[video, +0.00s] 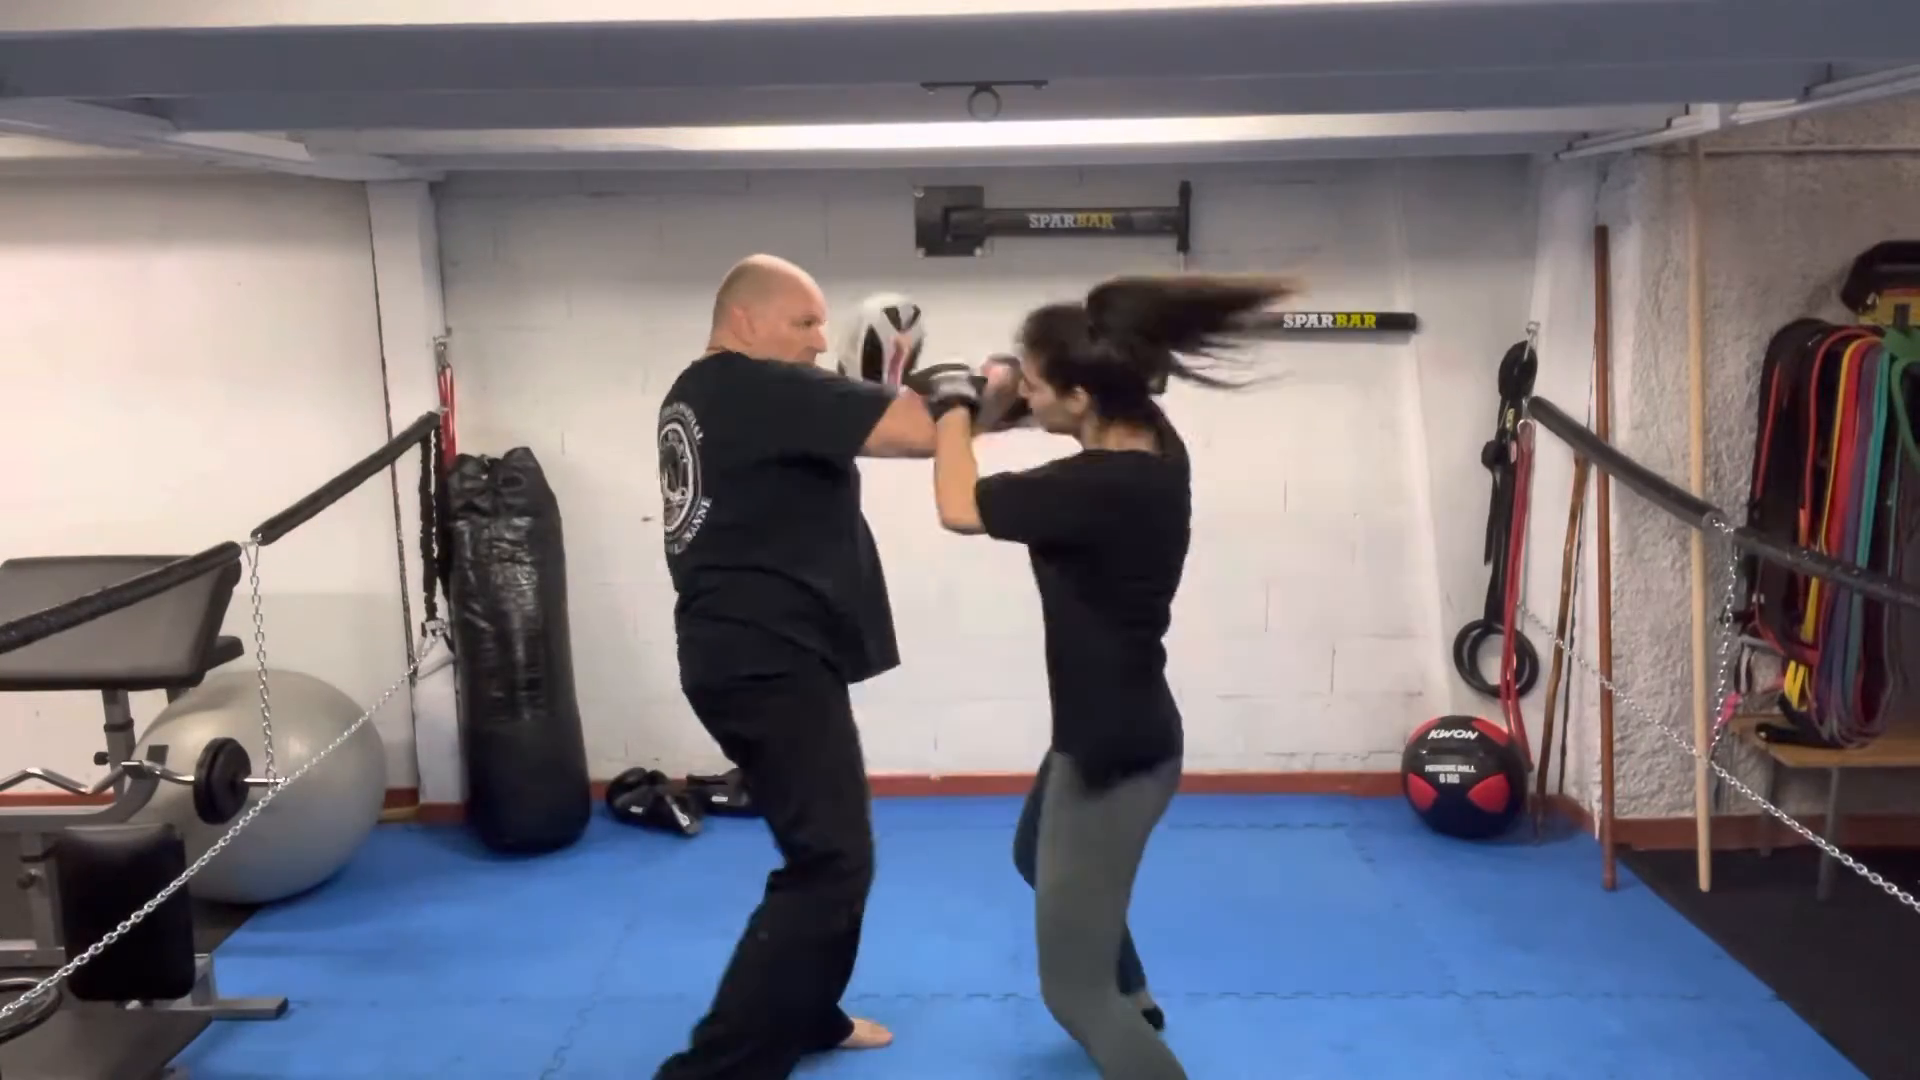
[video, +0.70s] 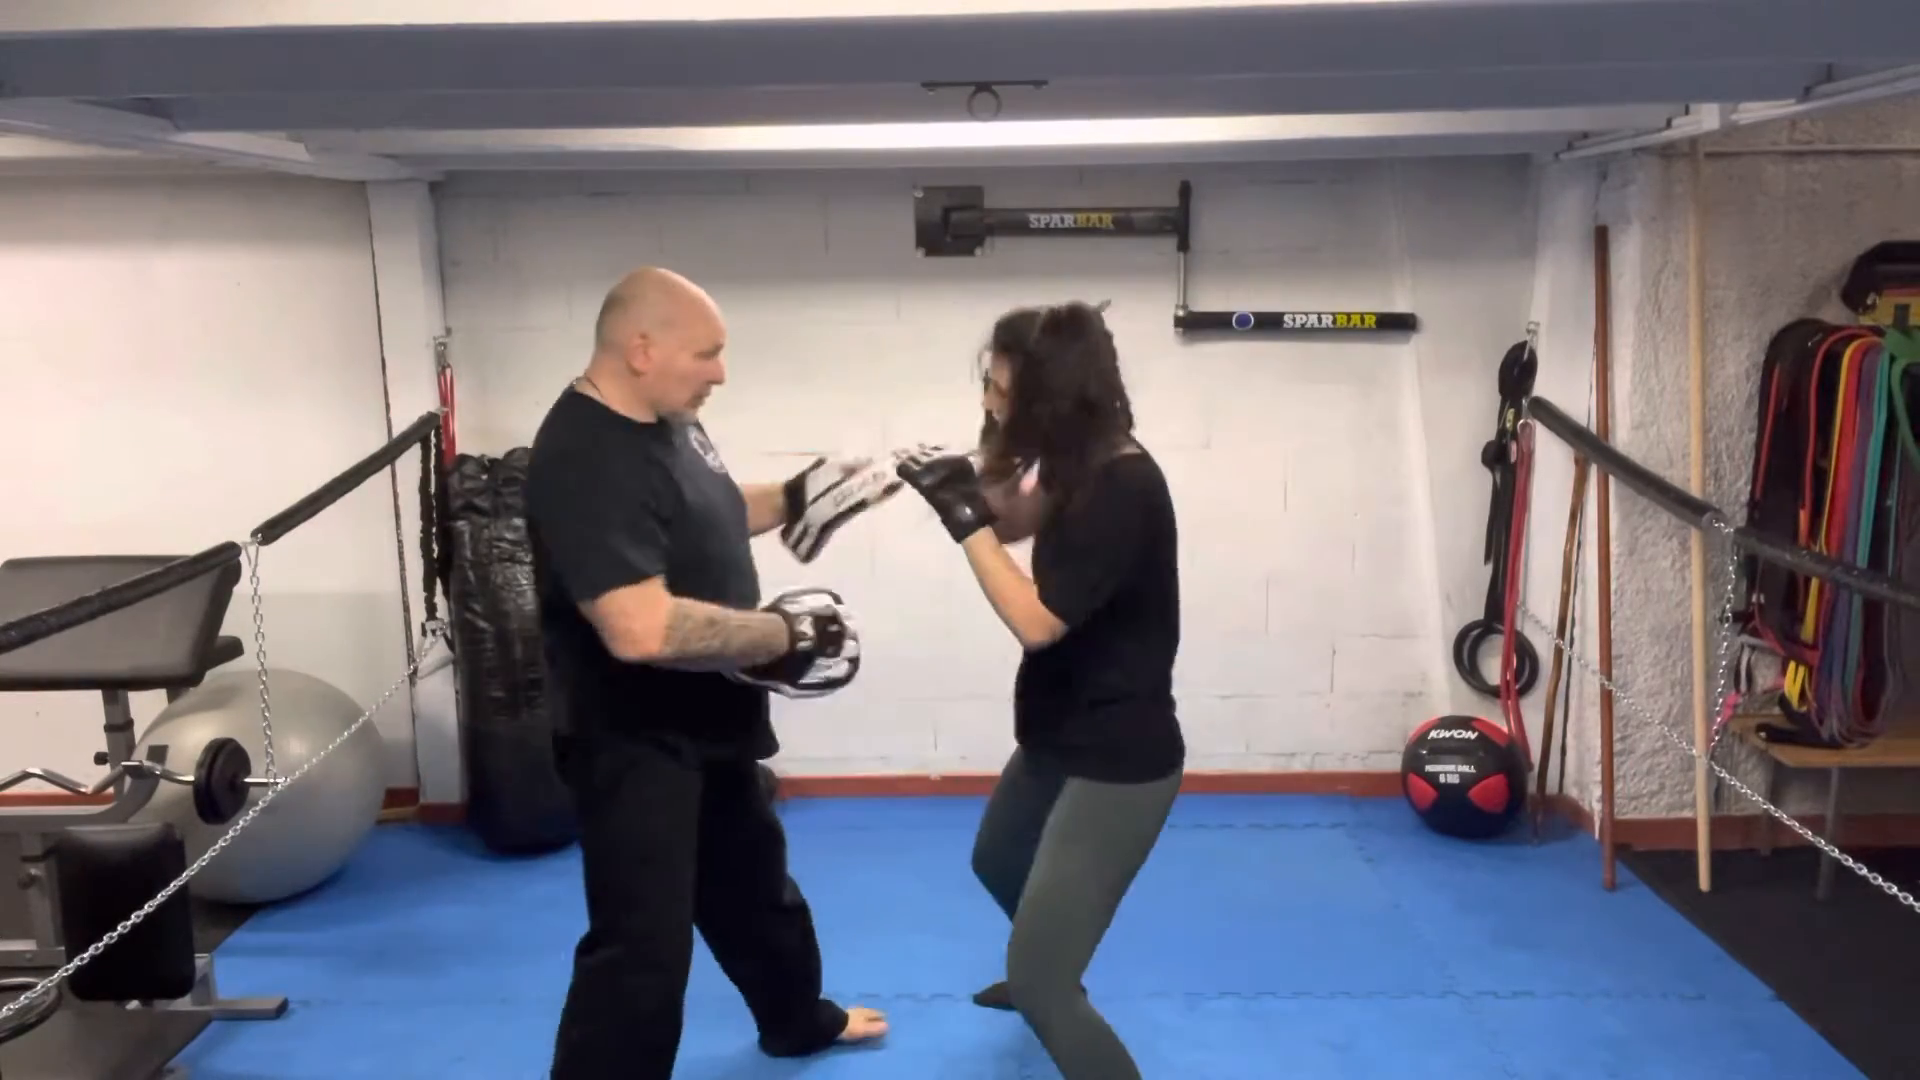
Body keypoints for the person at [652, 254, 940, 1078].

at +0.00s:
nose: (819, 341)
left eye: (819, 326)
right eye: (806, 325)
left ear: (740, 329)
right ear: (744, 322)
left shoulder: (701, 391)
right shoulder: (755, 388)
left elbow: (821, 441)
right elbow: (922, 427)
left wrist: (878, 391)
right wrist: (995, 394)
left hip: (745, 654)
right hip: (771, 658)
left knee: (830, 848)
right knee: (833, 862)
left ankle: (805, 1017)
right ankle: (721, 1063)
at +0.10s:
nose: (824, 350)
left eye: (824, 334)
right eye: (815, 333)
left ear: (737, 334)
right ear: (766, 332)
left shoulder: (679, 402)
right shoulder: (793, 398)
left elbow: (785, 434)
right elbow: (934, 466)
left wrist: (841, 362)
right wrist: (960, 434)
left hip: (705, 669)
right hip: (759, 674)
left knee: (827, 838)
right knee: (754, 883)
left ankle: (805, 1022)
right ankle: (650, 1072)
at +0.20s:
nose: (826, 367)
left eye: (830, 351)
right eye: (820, 347)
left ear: (744, 341)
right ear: (770, 341)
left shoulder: (681, 403)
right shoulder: (799, 426)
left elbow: (809, 425)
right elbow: (911, 550)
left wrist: (862, 328)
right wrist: (927, 522)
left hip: (685, 682)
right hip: (742, 694)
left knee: (817, 845)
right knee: (710, 902)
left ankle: (804, 1023)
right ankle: (603, 1072)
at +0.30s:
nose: (830, 371)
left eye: (832, 358)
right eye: (823, 355)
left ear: (752, 348)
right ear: (773, 348)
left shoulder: (687, 399)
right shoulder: (795, 438)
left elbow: (831, 403)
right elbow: (858, 592)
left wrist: (904, 329)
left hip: (671, 681)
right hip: (721, 695)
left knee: (803, 844)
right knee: (715, 903)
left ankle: (802, 1020)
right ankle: (613, 1074)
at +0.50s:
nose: (777, 369)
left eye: (777, 352)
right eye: (765, 351)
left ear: (699, 349)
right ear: (706, 347)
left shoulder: (681, 411)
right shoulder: (693, 427)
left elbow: (806, 445)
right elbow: (780, 601)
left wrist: (891, 402)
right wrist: (846, 677)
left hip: (725, 702)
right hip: (673, 711)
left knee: (790, 864)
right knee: (681, 938)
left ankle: (802, 1020)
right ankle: (608, 1076)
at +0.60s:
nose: (743, 372)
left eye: (743, 354)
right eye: (731, 353)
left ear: (669, 349)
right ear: (668, 347)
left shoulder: (684, 429)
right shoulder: (627, 440)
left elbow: (769, 481)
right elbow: (717, 606)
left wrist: (859, 442)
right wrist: (833, 642)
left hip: (722, 722)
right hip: (650, 730)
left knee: (776, 883)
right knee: (660, 946)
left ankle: (801, 1021)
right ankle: (605, 1073)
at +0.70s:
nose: (718, 374)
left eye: (719, 355)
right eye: (705, 355)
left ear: (643, 350)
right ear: (639, 350)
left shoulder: (658, 422)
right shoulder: (583, 455)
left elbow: (709, 515)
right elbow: (634, 626)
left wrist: (805, 494)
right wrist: (784, 634)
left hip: (707, 727)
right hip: (631, 742)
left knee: (751, 892)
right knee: (638, 952)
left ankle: (797, 1021)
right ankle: (605, 1074)